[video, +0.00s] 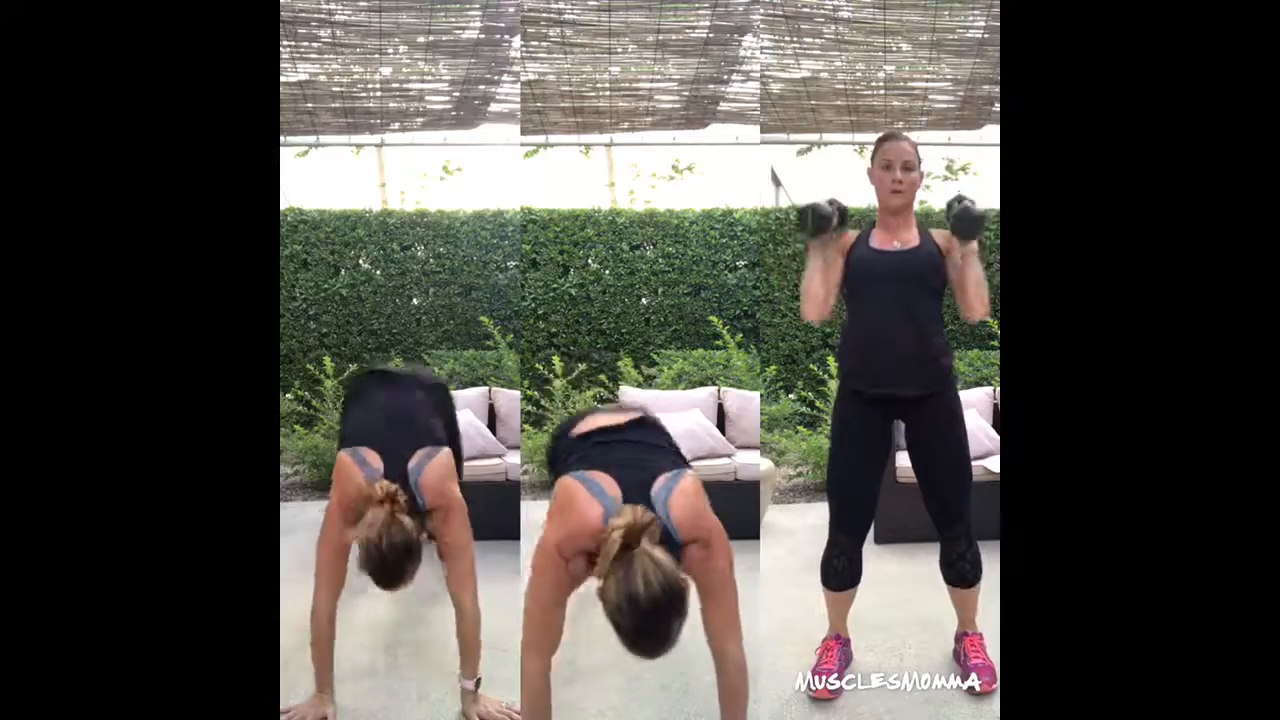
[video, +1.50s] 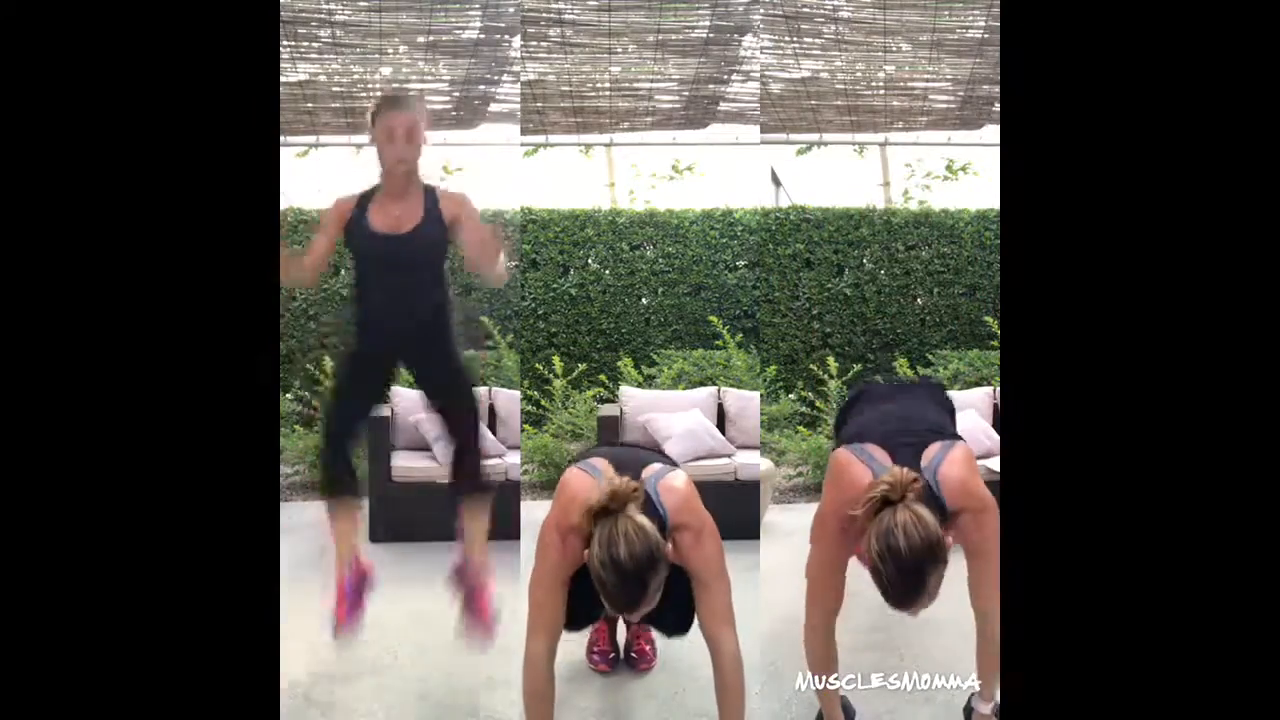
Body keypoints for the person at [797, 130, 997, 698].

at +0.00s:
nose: (898, 176)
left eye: (908, 167)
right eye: (887, 167)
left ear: (920, 177)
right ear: (871, 176)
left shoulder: (941, 241)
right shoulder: (847, 241)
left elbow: (976, 311)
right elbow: (813, 310)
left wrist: (969, 244)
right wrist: (820, 243)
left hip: (932, 395)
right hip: (861, 396)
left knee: (956, 526)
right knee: (845, 532)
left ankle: (969, 636)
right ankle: (837, 640)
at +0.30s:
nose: (897, 173)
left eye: (907, 162)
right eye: (886, 162)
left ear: (921, 166)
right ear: (870, 167)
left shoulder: (943, 233)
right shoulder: (847, 232)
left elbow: (969, 316)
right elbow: (827, 316)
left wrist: (968, 274)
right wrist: (823, 289)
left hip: (932, 389)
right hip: (862, 391)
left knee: (952, 522)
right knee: (850, 523)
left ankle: (968, 635)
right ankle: (837, 639)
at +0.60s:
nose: (897, 205)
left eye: (908, 191)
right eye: (883, 193)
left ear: (925, 187)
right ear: (866, 194)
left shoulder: (953, 249)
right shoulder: (841, 248)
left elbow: (976, 320)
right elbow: (819, 330)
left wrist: (974, 372)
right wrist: (823, 397)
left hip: (934, 398)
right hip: (865, 399)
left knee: (952, 520)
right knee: (852, 521)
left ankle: (969, 634)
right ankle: (837, 639)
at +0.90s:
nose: (902, 412)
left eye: (913, 401)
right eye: (891, 403)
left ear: (929, 375)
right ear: (873, 379)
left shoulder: (957, 377)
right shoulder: (845, 380)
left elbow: (987, 482)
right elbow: (821, 496)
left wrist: (985, 578)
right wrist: (827, 596)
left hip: (936, 420)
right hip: (867, 422)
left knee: (962, 519)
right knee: (841, 521)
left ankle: (968, 634)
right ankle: (836, 641)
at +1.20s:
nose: (911, 570)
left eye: (919, 558)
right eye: (901, 561)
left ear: (940, 511)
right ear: (874, 517)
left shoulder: (955, 470)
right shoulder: (851, 469)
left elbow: (991, 593)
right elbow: (824, 596)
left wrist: (995, 699)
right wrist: (829, 710)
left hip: (936, 401)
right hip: (860, 401)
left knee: (967, 540)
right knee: (841, 541)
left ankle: (971, 635)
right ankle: (838, 639)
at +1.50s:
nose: (915, 614)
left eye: (925, 605)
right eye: (904, 609)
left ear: (948, 539)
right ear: (863, 554)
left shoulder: (964, 485)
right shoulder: (845, 478)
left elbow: (989, 611)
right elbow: (819, 619)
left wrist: (986, 702)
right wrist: (831, 712)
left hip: (933, 400)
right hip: (861, 405)